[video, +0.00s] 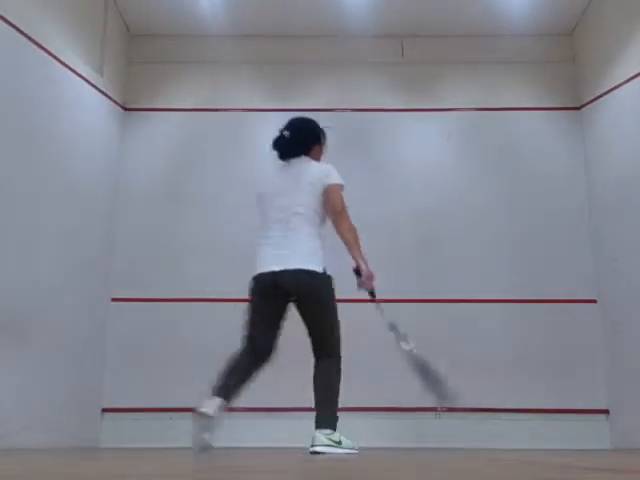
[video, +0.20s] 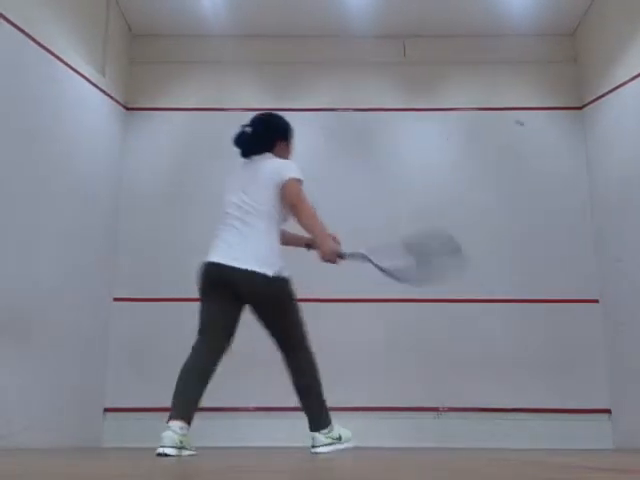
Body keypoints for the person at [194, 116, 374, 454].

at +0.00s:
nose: (324, 151)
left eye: (323, 145)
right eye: (322, 146)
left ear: (288, 146)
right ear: (314, 147)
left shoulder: (268, 177)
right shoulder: (323, 172)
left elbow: (270, 223)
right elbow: (339, 215)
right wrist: (360, 261)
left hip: (266, 274)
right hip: (308, 274)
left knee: (256, 348)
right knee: (327, 354)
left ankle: (215, 402)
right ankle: (325, 432)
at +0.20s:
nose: (291, 149)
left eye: (290, 143)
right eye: (289, 143)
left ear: (256, 143)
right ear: (280, 143)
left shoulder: (241, 172)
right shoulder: (283, 169)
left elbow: (266, 230)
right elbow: (298, 203)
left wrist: (312, 241)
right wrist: (323, 241)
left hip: (218, 268)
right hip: (261, 272)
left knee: (207, 347)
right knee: (296, 349)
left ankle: (176, 428)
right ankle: (322, 430)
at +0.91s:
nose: (279, 112)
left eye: (279, 105)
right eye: (277, 104)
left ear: (241, 106)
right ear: (261, 103)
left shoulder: (216, 138)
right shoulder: (260, 128)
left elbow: (190, 192)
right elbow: (259, 177)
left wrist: (154, 233)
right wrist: (277, 231)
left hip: (194, 243)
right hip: (223, 241)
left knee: (216, 332)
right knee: (236, 327)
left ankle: (199, 424)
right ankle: (194, 417)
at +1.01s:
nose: (276, 114)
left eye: (276, 107)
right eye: (273, 107)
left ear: (237, 108)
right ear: (258, 104)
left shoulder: (214, 144)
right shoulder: (259, 133)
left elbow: (193, 203)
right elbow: (267, 180)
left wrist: (188, 251)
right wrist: (295, 235)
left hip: (195, 246)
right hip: (230, 244)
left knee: (216, 336)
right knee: (262, 328)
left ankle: (198, 434)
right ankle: (217, 400)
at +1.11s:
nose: (274, 114)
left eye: (273, 106)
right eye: (272, 106)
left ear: (235, 107)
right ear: (257, 105)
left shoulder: (212, 142)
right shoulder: (263, 135)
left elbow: (204, 198)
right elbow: (274, 185)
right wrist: (306, 238)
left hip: (200, 247)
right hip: (240, 245)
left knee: (215, 337)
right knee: (277, 325)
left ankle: (198, 429)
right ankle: (247, 400)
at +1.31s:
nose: (283, 112)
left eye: (281, 106)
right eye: (281, 106)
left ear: (243, 108)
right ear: (273, 107)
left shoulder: (225, 144)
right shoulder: (281, 138)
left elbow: (214, 203)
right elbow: (293, 192)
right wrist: (317, 246)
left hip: (218, 248)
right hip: (263, 248)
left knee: (219, 340)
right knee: (295, 340)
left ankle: (194, 430)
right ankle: (323, 429)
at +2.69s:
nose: (564, 215)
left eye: (564, 210)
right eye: (563, 210)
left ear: (528, 209)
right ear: (557, 211)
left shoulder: (504, 233)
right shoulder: (558, 233)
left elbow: (468, 256)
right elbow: (590, 271)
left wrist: (429, 267)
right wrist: (628, 284)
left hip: (475, 305)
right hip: (513, 301)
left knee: (496, 362)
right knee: (560, 360)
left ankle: (501, 427)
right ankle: (579, 429)